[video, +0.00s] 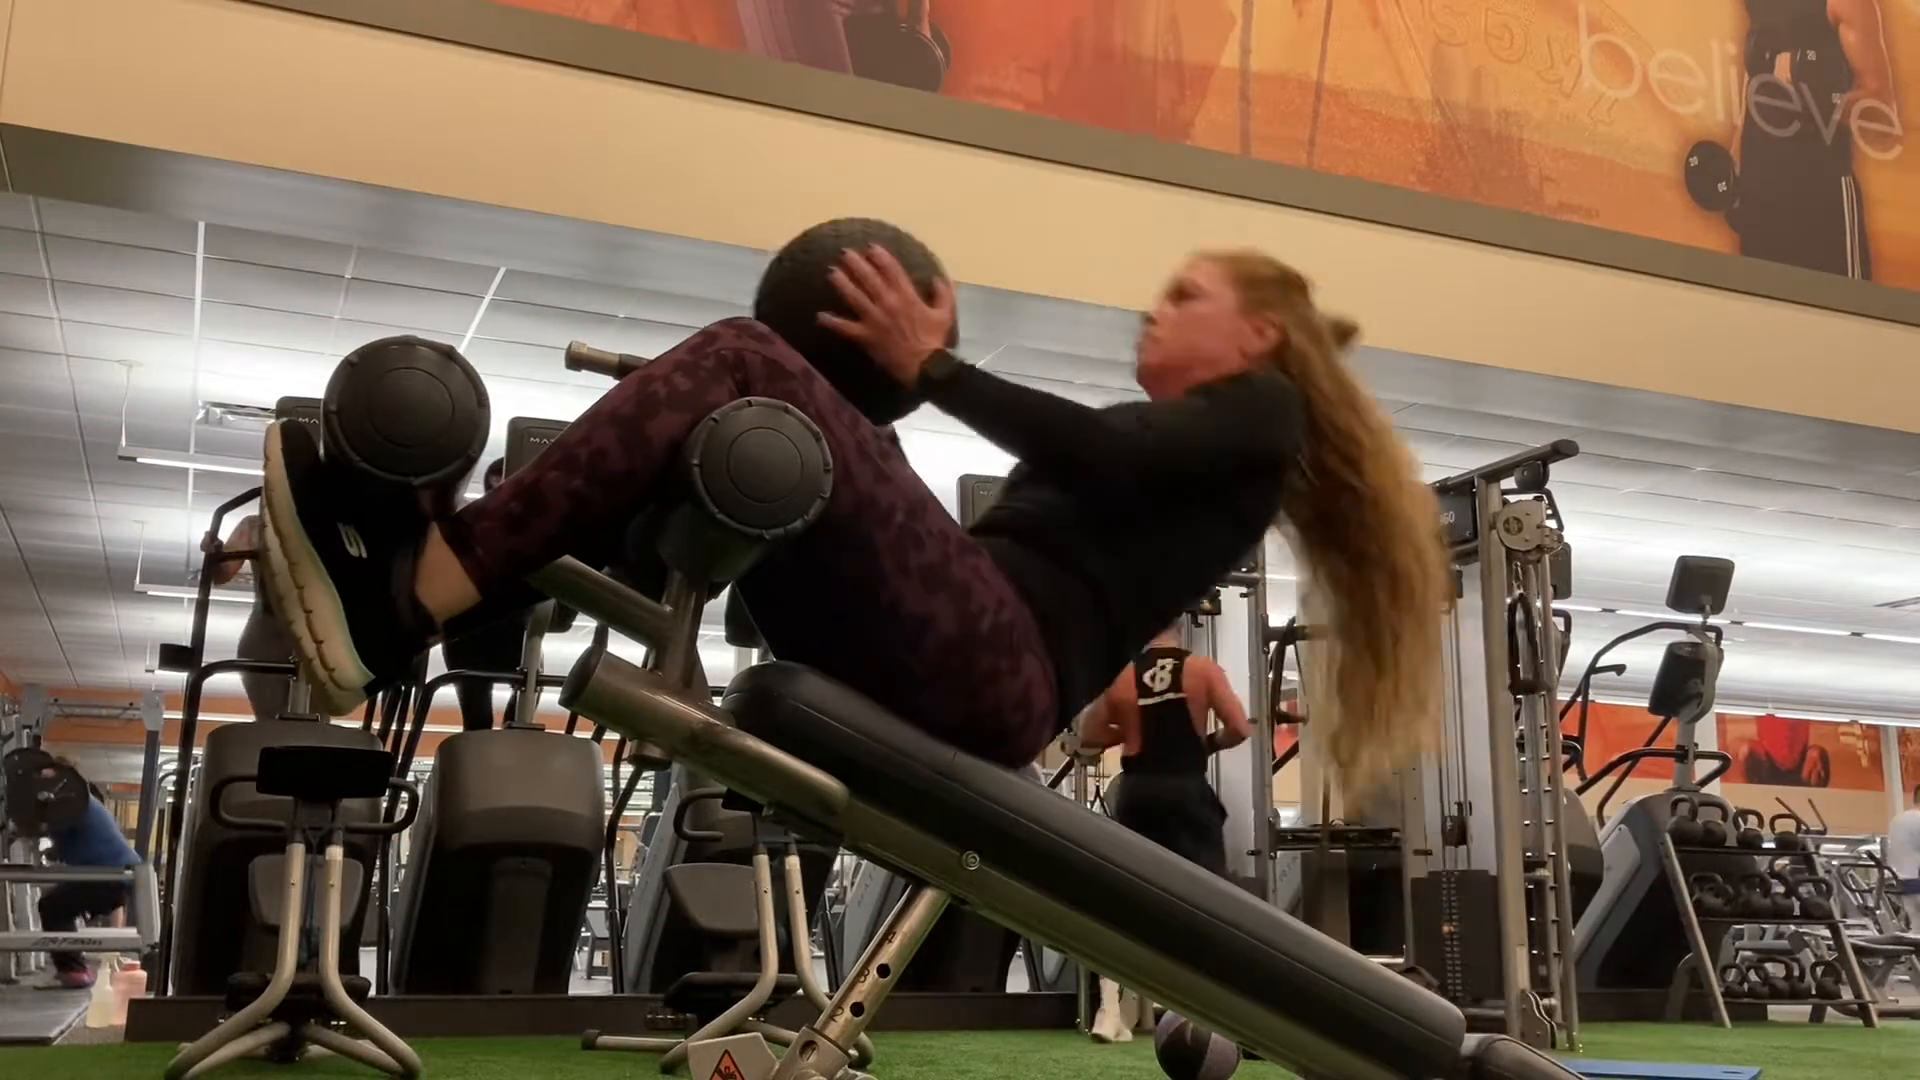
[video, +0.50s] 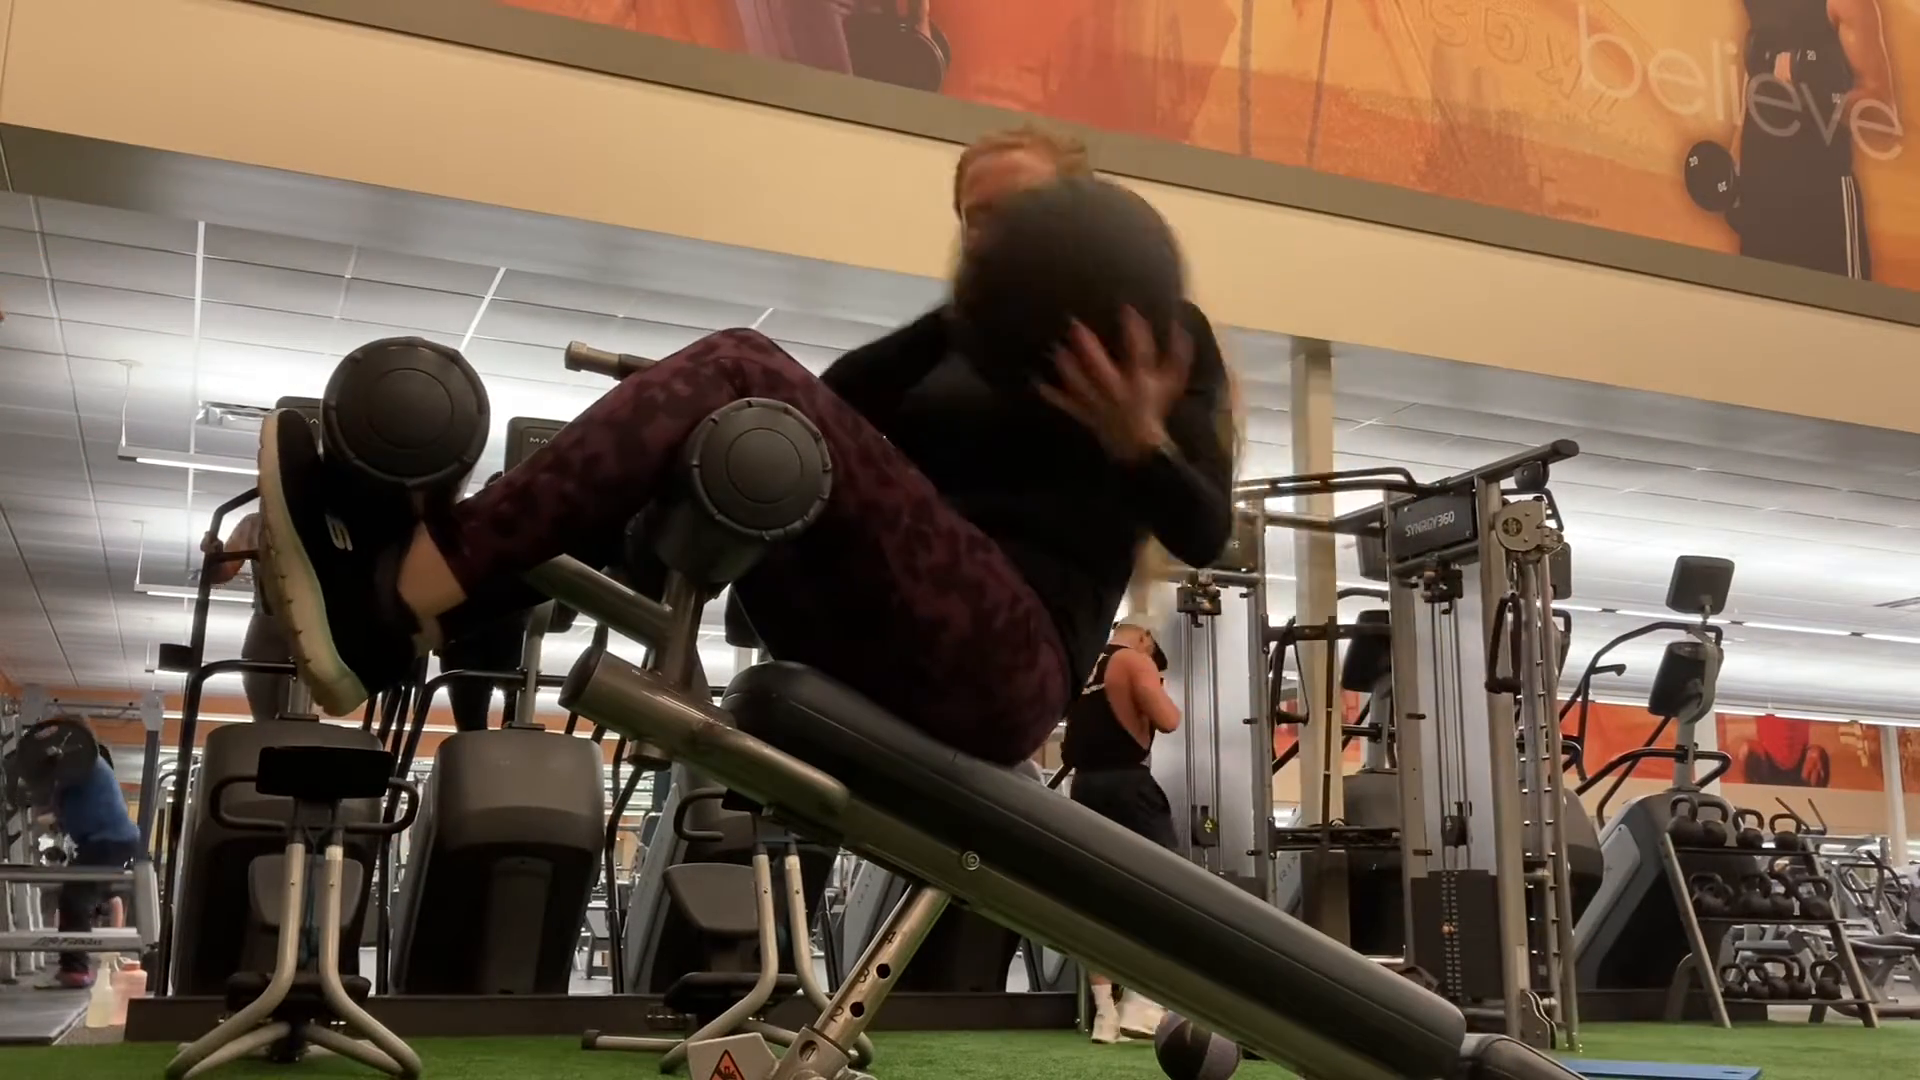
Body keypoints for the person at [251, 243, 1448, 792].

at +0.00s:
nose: (1152, 319)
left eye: (1185, 302)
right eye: (1164, 302)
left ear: (1261, 333)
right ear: (1216, 336)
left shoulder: (1261, 409)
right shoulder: (1176, 441)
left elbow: (1099, 455)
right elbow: (1031, 501)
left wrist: (935, 369)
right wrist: (914, 364)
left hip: (1000, 668)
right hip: (929, 643)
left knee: (754, 358)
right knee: (740, 380)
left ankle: (434, 583)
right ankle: (411, 572)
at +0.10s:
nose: (1086, 258)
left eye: (1114, 239)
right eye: (1094, 240)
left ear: (1196, 269)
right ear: (1152, 274)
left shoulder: (1204, 359)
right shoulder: (1131, 382)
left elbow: (1067, 447)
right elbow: (989, 487)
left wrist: (906, 372)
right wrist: (896, 373)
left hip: (999, 664)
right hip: (943, 636)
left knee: (743, 367)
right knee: (752, 345)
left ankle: (442, 583)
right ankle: (462, 567)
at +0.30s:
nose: (1007, 231)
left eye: (1041, 206)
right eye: (1007, 211)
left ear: (1123, 235)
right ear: (1017, 245)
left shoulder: (1154, 336)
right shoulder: (1008, 380)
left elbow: (1101, 478)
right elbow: (882, 488)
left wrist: (942, 338)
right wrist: (828, 349)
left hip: (997, 668)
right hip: (908, 641)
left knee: (750, 367)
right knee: (708, 383)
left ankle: (423, 593)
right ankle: (412, 578)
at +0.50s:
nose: (980, 231)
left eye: (1005, 211)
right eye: (972, 211)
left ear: (1073, 216)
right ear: (962, 223)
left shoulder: (1162, 352)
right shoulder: (950, 340)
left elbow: (1212, 539)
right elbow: (818, 405)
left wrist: (1145, 445)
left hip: (1005, 664)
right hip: (878, 634)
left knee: (748, 376)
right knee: (717, 391)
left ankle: (418, 593)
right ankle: (395, 585)